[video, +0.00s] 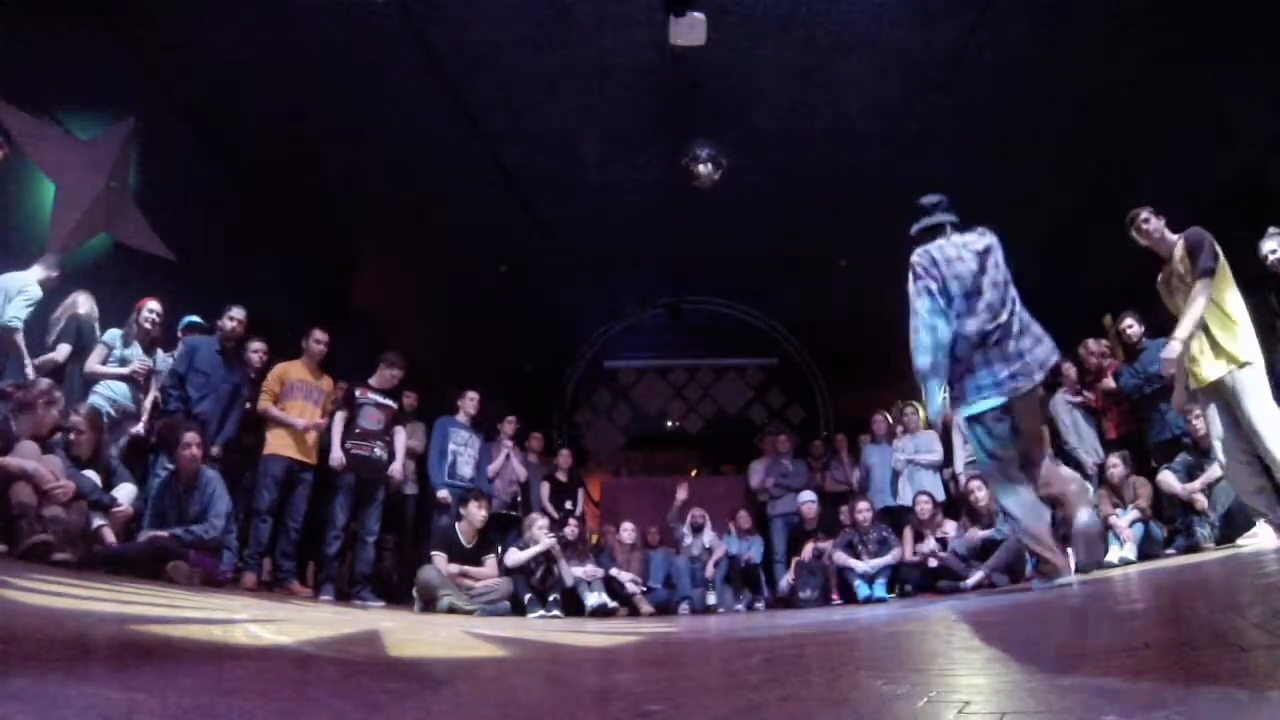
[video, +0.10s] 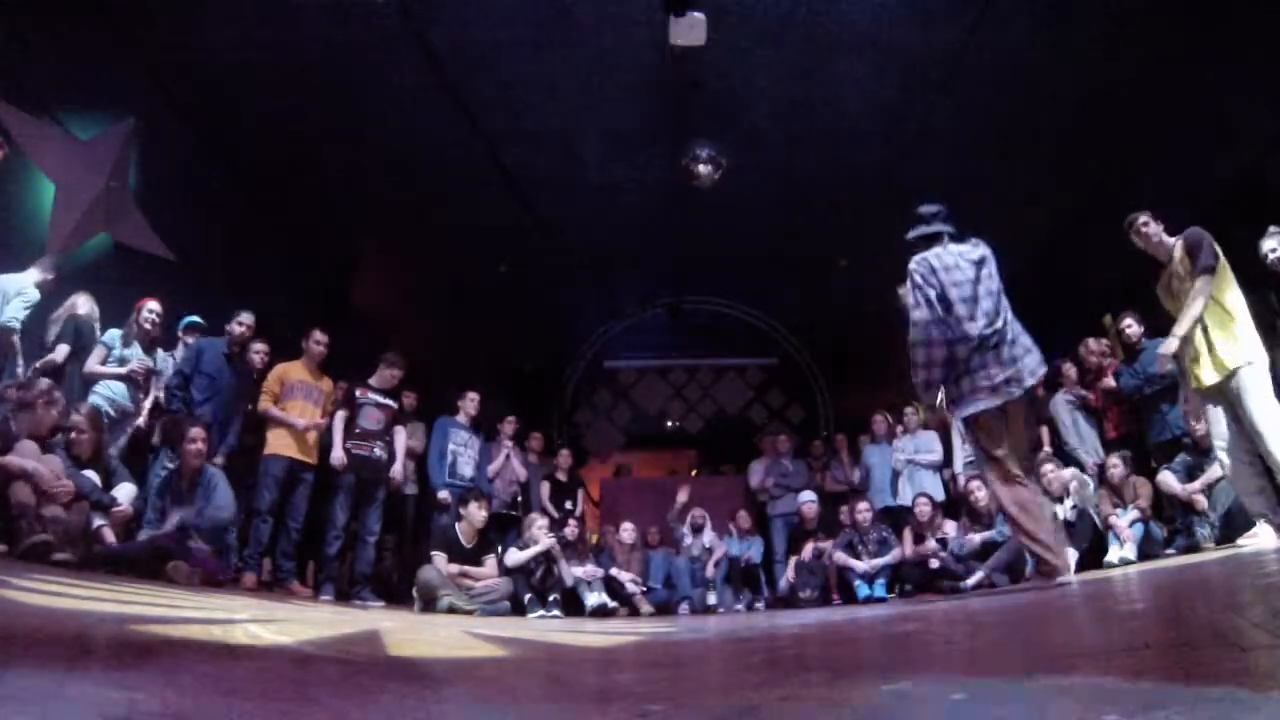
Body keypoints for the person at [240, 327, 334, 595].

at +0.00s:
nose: (321, 348)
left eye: (325, 344)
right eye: (317, 342)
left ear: (327, 349)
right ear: (305, 343)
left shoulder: (327, 382)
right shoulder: (283, 370)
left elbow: (326, 415)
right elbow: (263, 404)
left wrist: (320, 423)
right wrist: (292, 420)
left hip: (307, 454)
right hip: (279, 447)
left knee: (295, 518)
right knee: (264, 510)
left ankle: (286, 573)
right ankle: (251, 568)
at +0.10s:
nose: (321, 349)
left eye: (325, 345)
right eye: (317, 343)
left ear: (327, 350)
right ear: (305, 344)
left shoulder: (327, 383)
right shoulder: (283, 370)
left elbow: (326, 415)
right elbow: (264, 404)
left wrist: (320, 423)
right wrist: (293, 420)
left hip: (307, 454)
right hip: (279, 447)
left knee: (295, 518)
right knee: (265, 510)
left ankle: (286, 574)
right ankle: (251, 568)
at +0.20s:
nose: (321, 349)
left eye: (325, 345)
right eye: (317, 343)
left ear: (327, 350)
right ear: (305, 344)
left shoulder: (327, 384)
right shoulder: (283, 370)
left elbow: (326, 416)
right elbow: (265, 405)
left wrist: (320, 423)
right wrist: (293, 421)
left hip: (307, 454)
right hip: (279, 447)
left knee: (296, 518)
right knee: (265, 510)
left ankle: (286, 573)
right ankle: (251, 568)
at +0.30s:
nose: (322, 347)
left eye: (325, 343)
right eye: (317, 341)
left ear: (328, 349)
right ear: (305, 343)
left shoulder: (327, 383)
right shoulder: (283, 370)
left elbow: (326, 415)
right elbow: (265, 404)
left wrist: (320, 424)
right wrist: (294, 420)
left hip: (307, 454)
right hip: (280, 447)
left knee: (296, 518)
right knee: (265, 510)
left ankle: (286, 574)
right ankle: (251, 568)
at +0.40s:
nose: (322, 346)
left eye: (325, 342)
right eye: (318, 340)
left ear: (328, 348)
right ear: (305, 342)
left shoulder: (327, 383)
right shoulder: (284, 369)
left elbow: (327, 415)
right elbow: (265, 404)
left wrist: (321, 424)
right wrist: (294, 420)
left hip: (308, 453)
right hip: (280, 447)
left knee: (296, 518)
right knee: (265, 510)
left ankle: (286, 574)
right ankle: (251, 568)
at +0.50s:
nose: (322, 346)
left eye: (326, 342)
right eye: (318, 340)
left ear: (328, 348)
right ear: (305, 342)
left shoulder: (327, 383)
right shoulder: (284, 369)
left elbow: (328, 416)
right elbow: (265, 403)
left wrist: (320, 424)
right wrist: (296, 420)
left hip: (308, 454)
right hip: (280, 447)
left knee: (296, 518)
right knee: (266, 510)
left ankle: (286, 574)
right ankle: (251, 568)